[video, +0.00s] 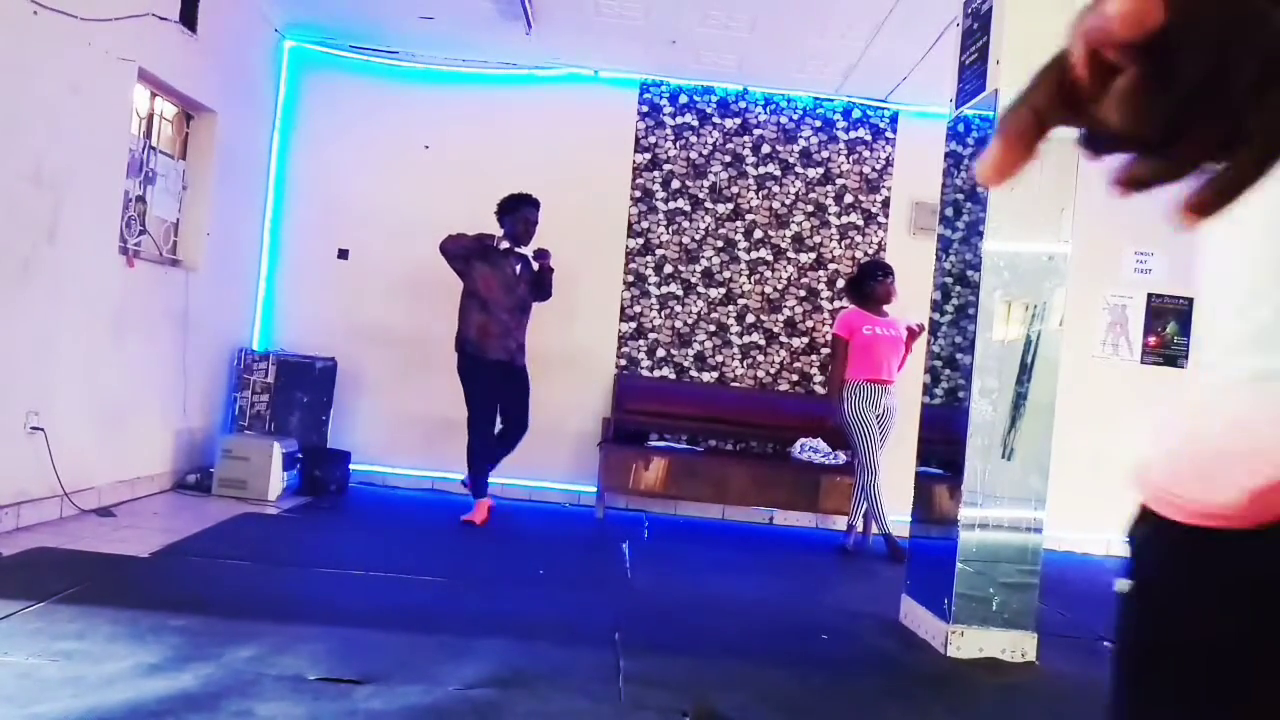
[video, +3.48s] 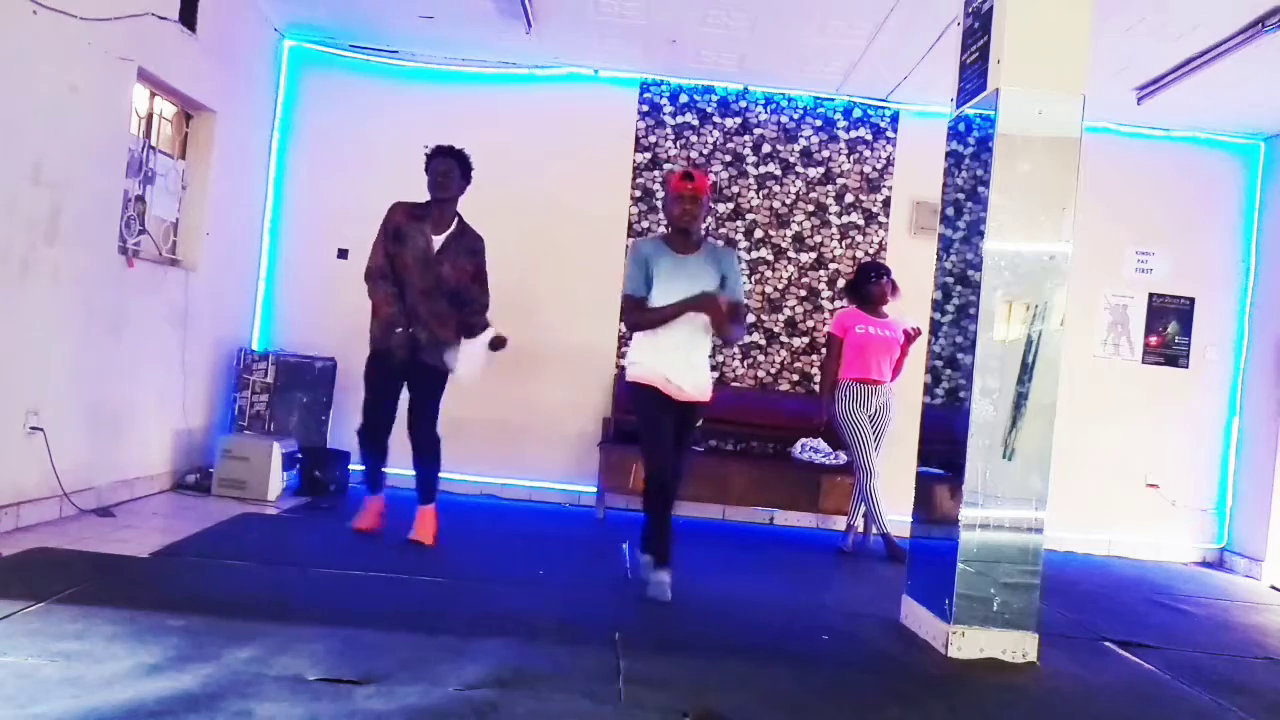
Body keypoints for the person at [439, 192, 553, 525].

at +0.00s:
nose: (532, 228)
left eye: (535, 222)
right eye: (527, 221)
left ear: (534, 226)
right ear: (507, 220)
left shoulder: (527, 267)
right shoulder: (479, 255)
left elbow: (543, 293)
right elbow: (448, 246)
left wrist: (544, 268)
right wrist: (484, 240)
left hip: (511, 357)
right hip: (477, 352)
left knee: (516, 425)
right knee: (481, 424)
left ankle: (477, 472)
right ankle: (481, 499)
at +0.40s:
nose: (535, 223)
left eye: (539, 217)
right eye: (528, 216)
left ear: (541, 222)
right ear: (509, 215)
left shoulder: (538, 267)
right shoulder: (475, 255)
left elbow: (562, 294)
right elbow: (438, 245)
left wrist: (559, 266)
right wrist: (482, 238)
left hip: (521, 362)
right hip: (478, 359)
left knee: (528, 431)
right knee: (477, 431)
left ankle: (528, 509)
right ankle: (479, 502)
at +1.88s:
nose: (482, 213)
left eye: (490, 207)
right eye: (476, 203)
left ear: (501, 209)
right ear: (465, 200)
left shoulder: (509, 255)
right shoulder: (432, 246)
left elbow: (543, 287)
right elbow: (382, 243)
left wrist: (528, 251)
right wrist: (428, 229)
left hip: (485, 362)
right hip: (435, 358)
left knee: (496, 434)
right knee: (431, 435)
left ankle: (497, 511)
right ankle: (434, 513)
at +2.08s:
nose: (472, 204)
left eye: (480, 198)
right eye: (466, 195)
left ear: (488, 202)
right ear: (453, 193)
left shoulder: (489, 252)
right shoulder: (416, 236)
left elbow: (522, 284)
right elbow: (365, 232)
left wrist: (515, 252)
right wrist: (414, 222)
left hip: (465, 357)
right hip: (419, 353)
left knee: (461, 436)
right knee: (423, 433)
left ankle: (448, 515)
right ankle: (430, 512)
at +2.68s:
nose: (441, 187)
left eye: (449, 181)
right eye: (435, 180)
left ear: (465, 185)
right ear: (428, 182)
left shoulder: (482, 233)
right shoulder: (411, 226)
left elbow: (509, 288)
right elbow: (372, 272)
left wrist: (489, 272)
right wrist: (389, 258)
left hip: (449, 353)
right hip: (403, 347)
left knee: (433, 433)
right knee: (383, 423)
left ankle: (424, 517)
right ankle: (393, 508)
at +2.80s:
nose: (438, 178)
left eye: (447, 172)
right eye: (433, 170)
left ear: (462, 180)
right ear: (425, 175)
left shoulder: (477, 231)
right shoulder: (408, 225)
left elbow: (494, 288)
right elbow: (390, 277)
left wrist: (470, 280)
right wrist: (387, 318)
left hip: (444, 353)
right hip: (400, 348)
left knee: (431, 435)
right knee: (387, 431)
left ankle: (423, 516)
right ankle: (388, 513)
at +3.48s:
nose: (439, 180)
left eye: (448, 174)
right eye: (434, 173)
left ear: (465, 183)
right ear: (426, 178)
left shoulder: (471, 242)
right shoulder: (400, 215)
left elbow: (477, 311)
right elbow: (377, 272)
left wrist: (453, 334)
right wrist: (392, 321)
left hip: (434, 351)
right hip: (389, 343)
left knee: (422, 428)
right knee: (374, 423)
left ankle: (427, 510)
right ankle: (374, 498)